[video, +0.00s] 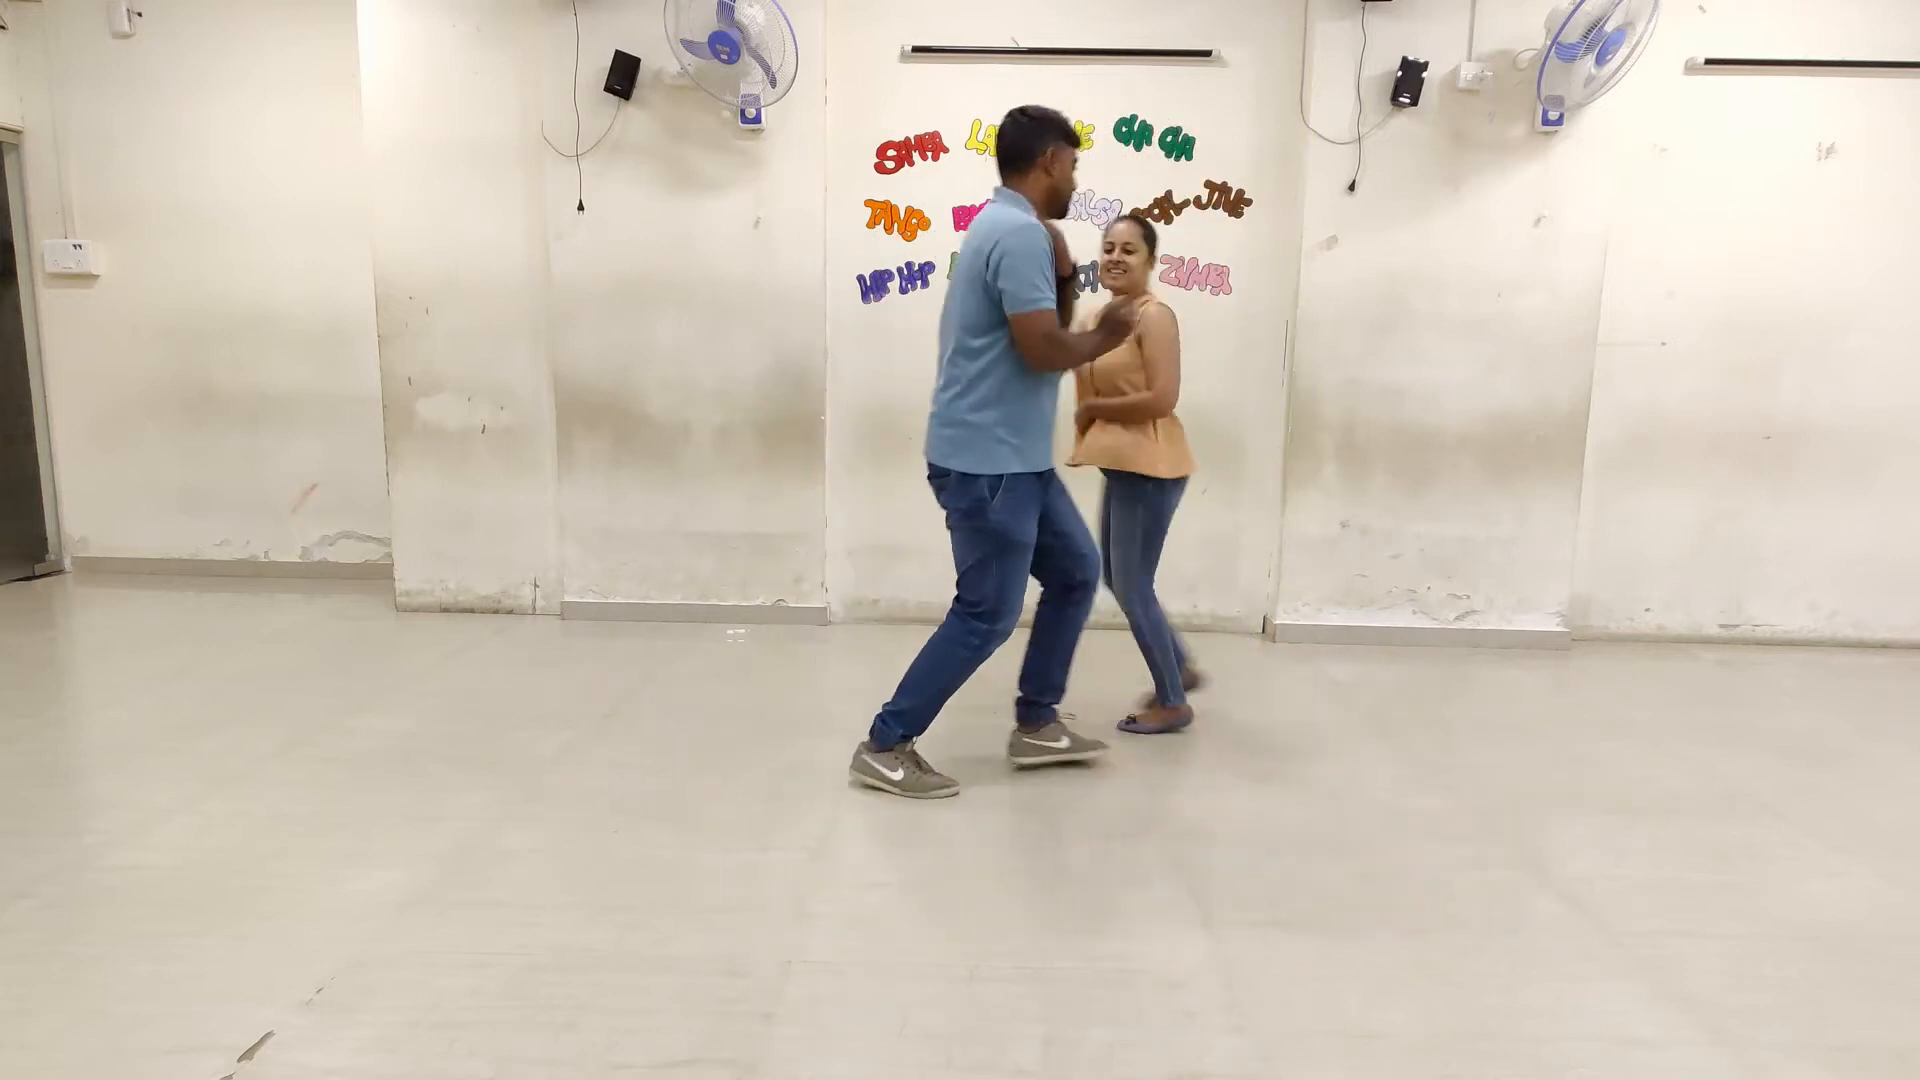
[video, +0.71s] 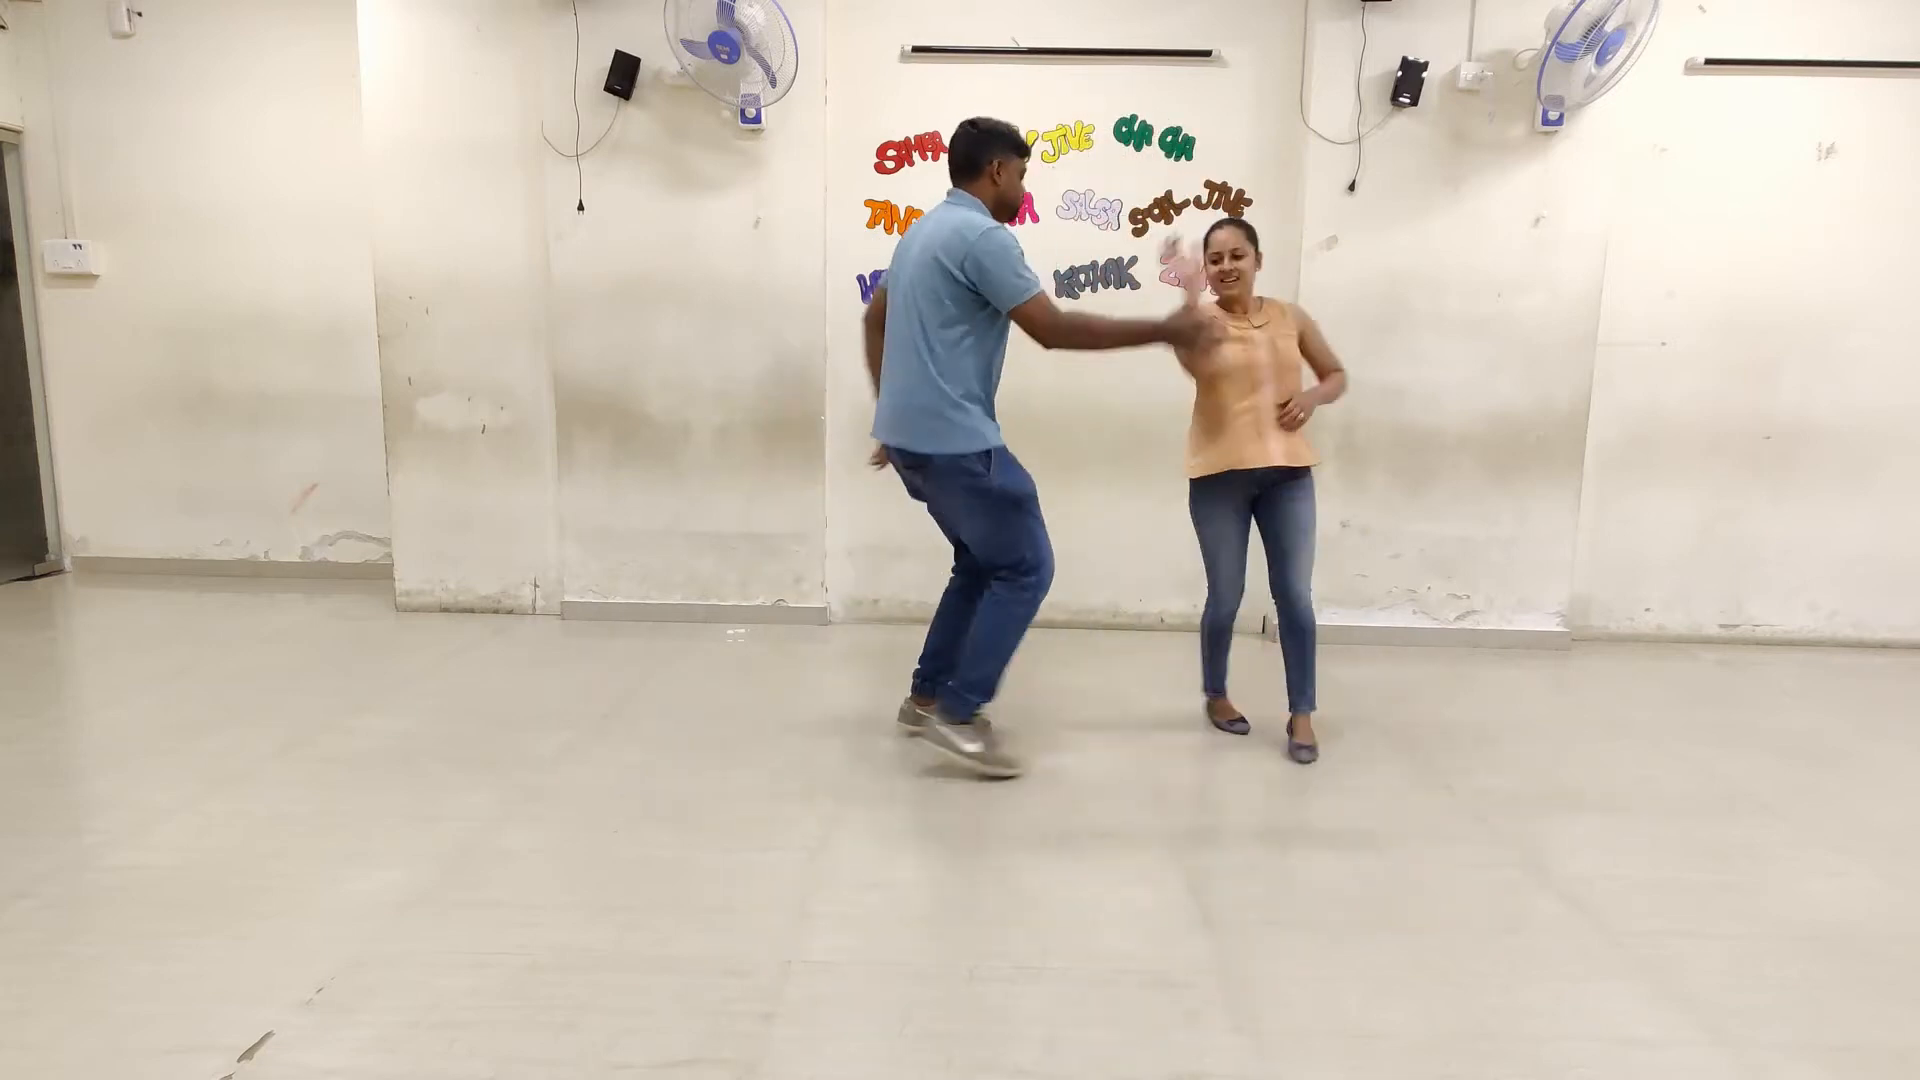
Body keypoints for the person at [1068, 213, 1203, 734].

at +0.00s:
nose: (1115, 257)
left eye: (1127, 250)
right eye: (1108, 249)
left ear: (1150, 262)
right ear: (1099, 258)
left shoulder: (1155, 315)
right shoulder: (1100, 313)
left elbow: (1164, 399)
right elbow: (1075, 365)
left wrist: (1095, 408)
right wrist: (1066, 291)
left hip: (1153, 467)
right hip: (1122, 464)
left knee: (1134, 583)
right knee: (1116, 575)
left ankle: (1172, 702)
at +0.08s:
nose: (1122, 270)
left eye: (1133, 262)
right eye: (1123, 261)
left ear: (1165, 273)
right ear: (1159, 274)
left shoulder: (1151, 331)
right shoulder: (1169, 322)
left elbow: (1139, 422)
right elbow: (1088, 377)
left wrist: (1099, 422)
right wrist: (1040, 360)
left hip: (1154, 485)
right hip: (1193, 478)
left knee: (1128, 598)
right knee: (1174, 584)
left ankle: (1173, 711)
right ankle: (1237, 686)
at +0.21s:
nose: (1149, 270)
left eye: (1154, 262)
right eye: (1152, 261)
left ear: (1171, 270)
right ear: (1198, 274)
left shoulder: (1146, 336)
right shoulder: (1223, 321)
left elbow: (1117, 422)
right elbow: (1165, 367)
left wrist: (1147, 393)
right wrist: (1084, 368)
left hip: (1159, 483)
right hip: (1225, 478)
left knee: (1149, 585)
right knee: (1219, 592)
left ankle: (1160, 696)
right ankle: (1215, 710)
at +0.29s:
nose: (1159, 268)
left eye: (1162, 261)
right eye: (1164, 260)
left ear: (1170, 268)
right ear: (1214, 271)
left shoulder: (1144, 335)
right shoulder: (1234, 320)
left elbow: (1121, 418)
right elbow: (1202, 371)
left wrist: (1161, 386)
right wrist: (1129, 365)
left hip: (1160, 481)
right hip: (1229, 477)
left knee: (1159, 579)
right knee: (1225, 595)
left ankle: (1157, 683)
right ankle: (1216, 712)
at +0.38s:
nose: (1235, 265)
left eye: (1231, 257)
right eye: (1232, 258)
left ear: (1177, 269)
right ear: (1222, 266)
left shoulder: (1155, 327)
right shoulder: (1247, 312)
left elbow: (1155, 402)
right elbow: (1273, 348)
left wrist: (1242, 396)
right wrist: (1231, 309)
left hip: (1177, 477)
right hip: (1232, 476)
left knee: (1226, 571)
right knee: (1234, 585)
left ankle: (1196, 679)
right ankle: (1207, 706)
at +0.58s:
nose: (1232, 263)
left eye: (1238, 254)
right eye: (1218, 256)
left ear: (1246, 260)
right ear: (1193, 268)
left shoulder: (1249, 318)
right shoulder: (1197, 320)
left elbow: (1253, 394)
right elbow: (1277, 328)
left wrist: (1286, 400)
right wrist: (1277, 249)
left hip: (1265, 468)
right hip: (1213, 473)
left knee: (1285, 587)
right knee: (1230, 590)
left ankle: (1291, 698)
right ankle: (1197, 698)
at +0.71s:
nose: (1226, 266)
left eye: (1237, 255)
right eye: (1216, 258)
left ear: (1257, 260)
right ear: (1205, 267)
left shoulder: (1291, 319)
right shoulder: (1197, 324)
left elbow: (1335, 377)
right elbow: (1196, 360)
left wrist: (1311, 397)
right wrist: (1194, 297)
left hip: (1286, 471)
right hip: (1218, 474)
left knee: (1295, 597)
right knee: (1225, 596)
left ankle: (1302, 715)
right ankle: (1215, 696)